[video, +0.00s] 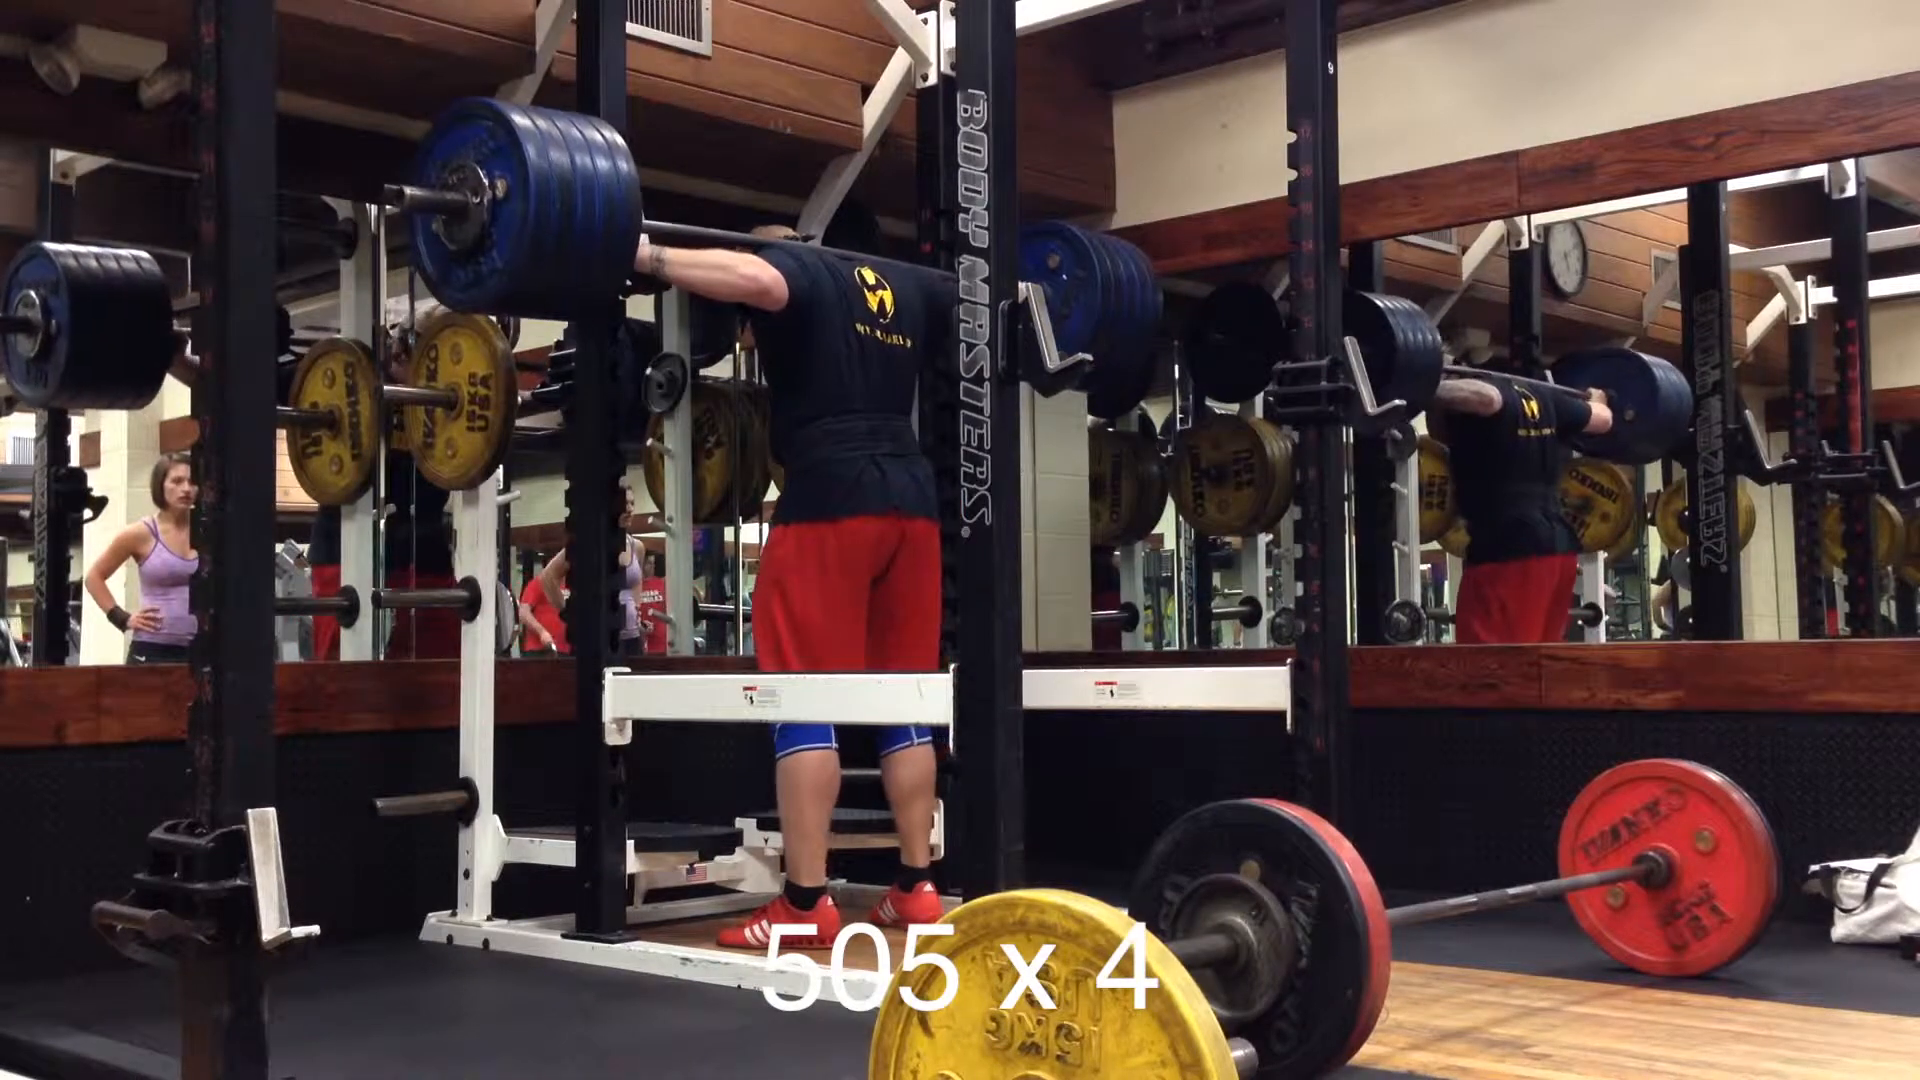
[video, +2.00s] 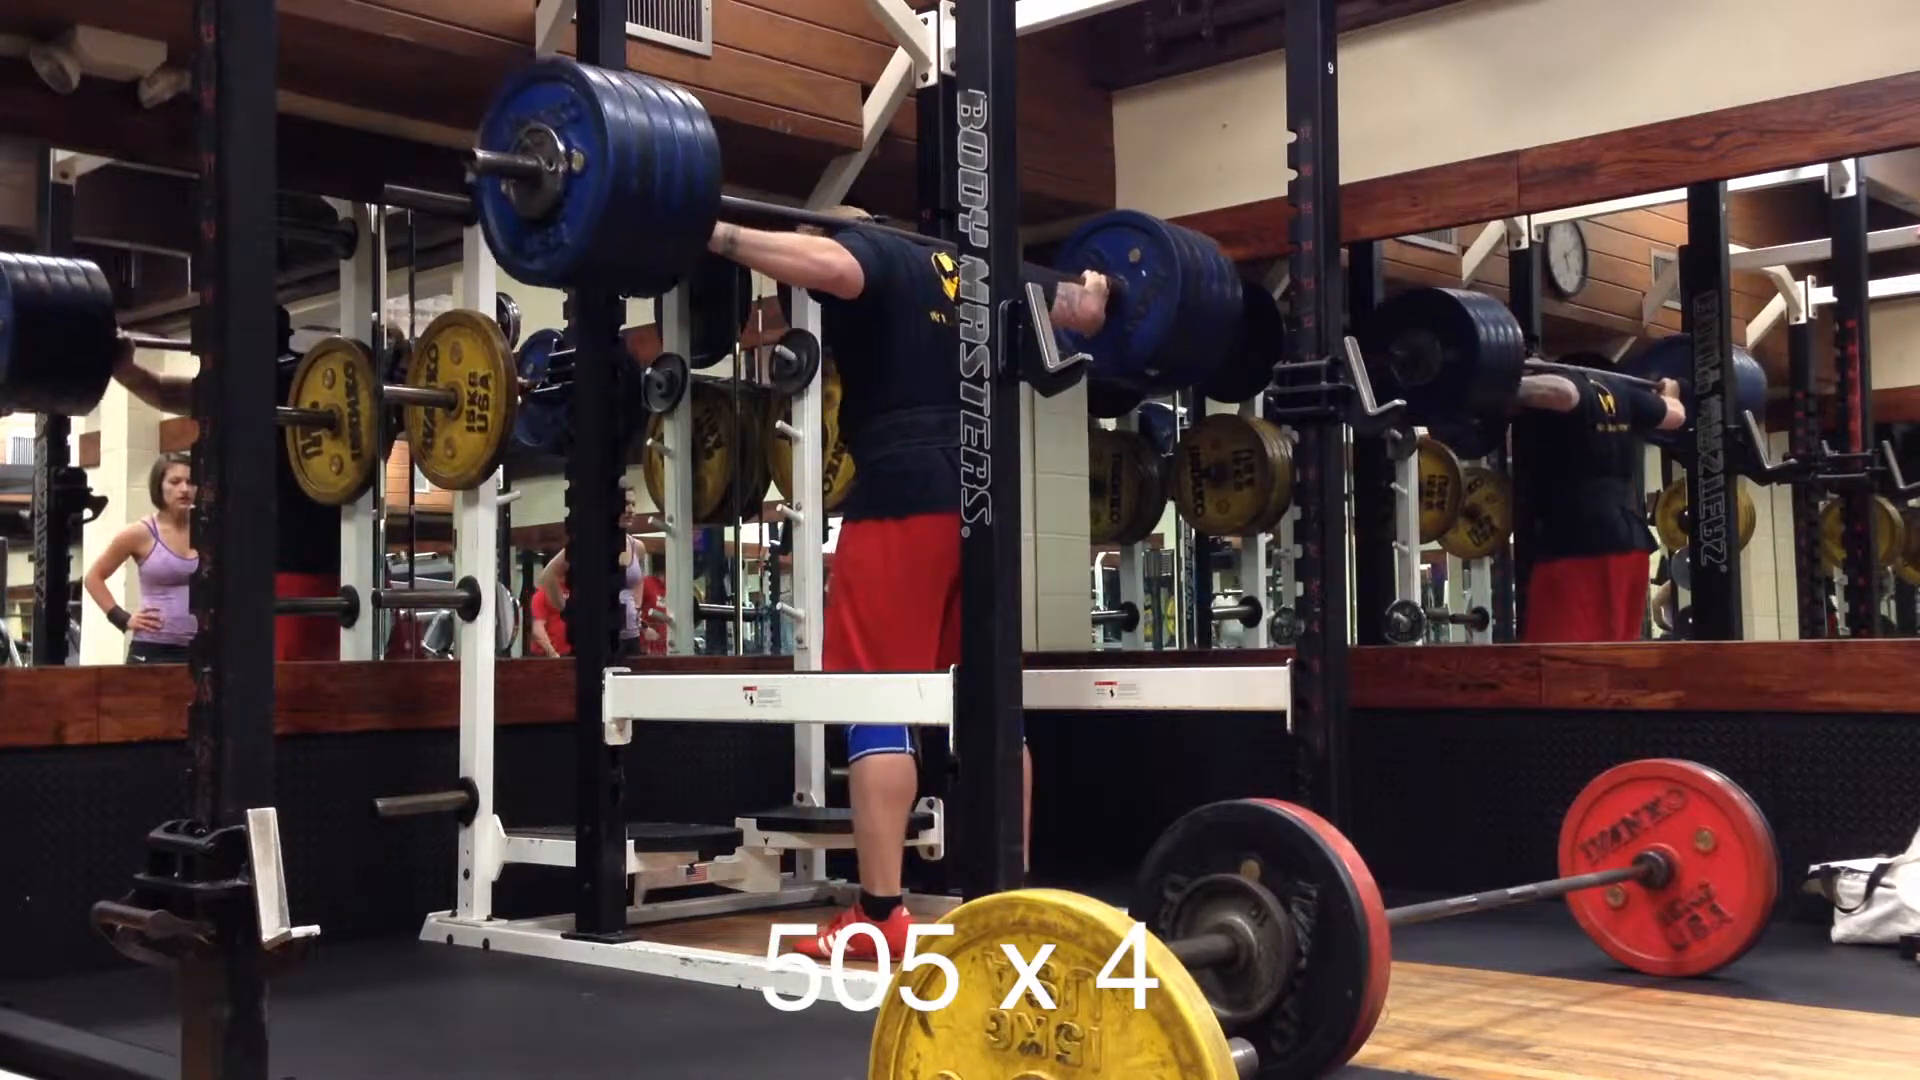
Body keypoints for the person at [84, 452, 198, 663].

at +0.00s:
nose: (186, 489)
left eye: (192, 481)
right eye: (177, 481)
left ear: (199, 487)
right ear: (160, 486)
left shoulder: (204, 529)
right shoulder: (140, 534)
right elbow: (94, 578)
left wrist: (212, 614)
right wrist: (123, 619)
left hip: (199, 648)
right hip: (153, 648)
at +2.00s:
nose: (185, 489)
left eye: (190, 482)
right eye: (175, 482)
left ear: (198, 487)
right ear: (158, 487)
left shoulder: (203, 528)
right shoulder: (140, 533)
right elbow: (93, 578)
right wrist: (124, 620)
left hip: (198, 648)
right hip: (153, 648)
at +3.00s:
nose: (203, 491)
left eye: (200, 485)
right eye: (197, 485)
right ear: (181, 491)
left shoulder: (205, 531)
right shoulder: (144, 534)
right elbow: (97, 580)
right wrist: (128, 620)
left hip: (201, 648)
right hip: (157, 649)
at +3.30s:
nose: (215, 496)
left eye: (218, 487)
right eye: (210, 488)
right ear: (196, 492)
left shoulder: (226, 532)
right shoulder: (167, 536)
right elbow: (118, 582)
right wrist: (155, 624)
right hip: (180, 651)